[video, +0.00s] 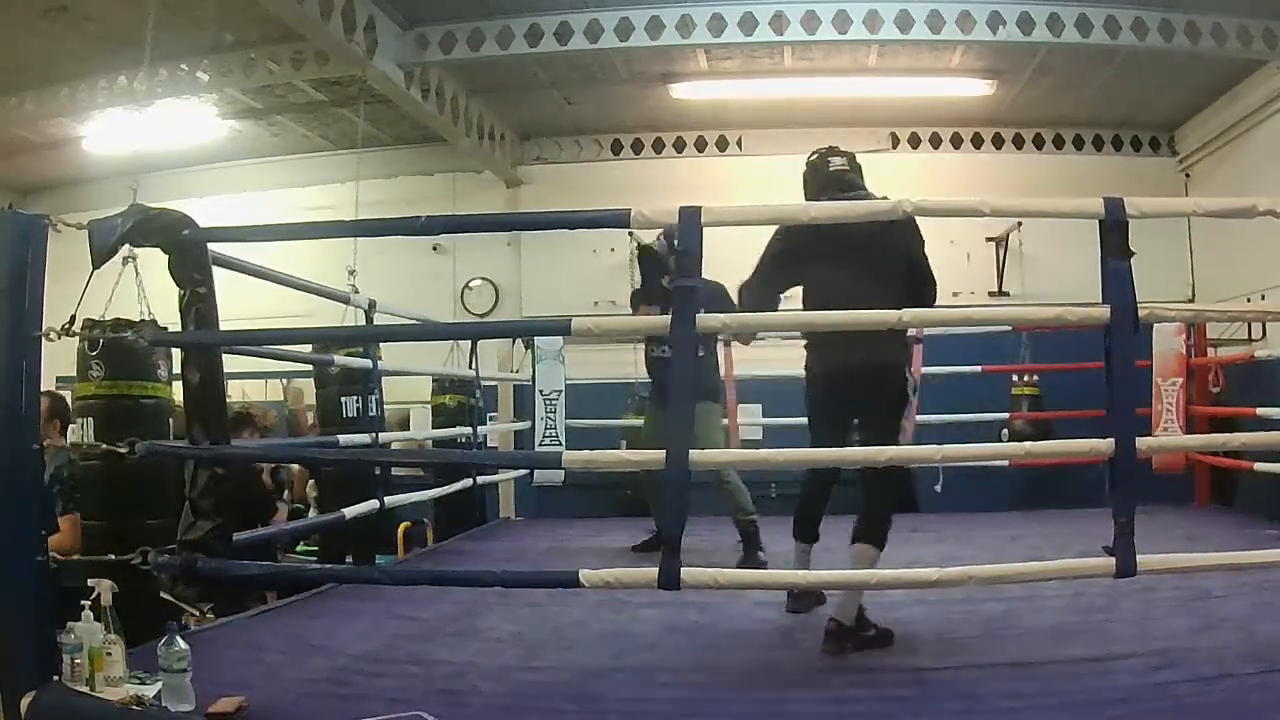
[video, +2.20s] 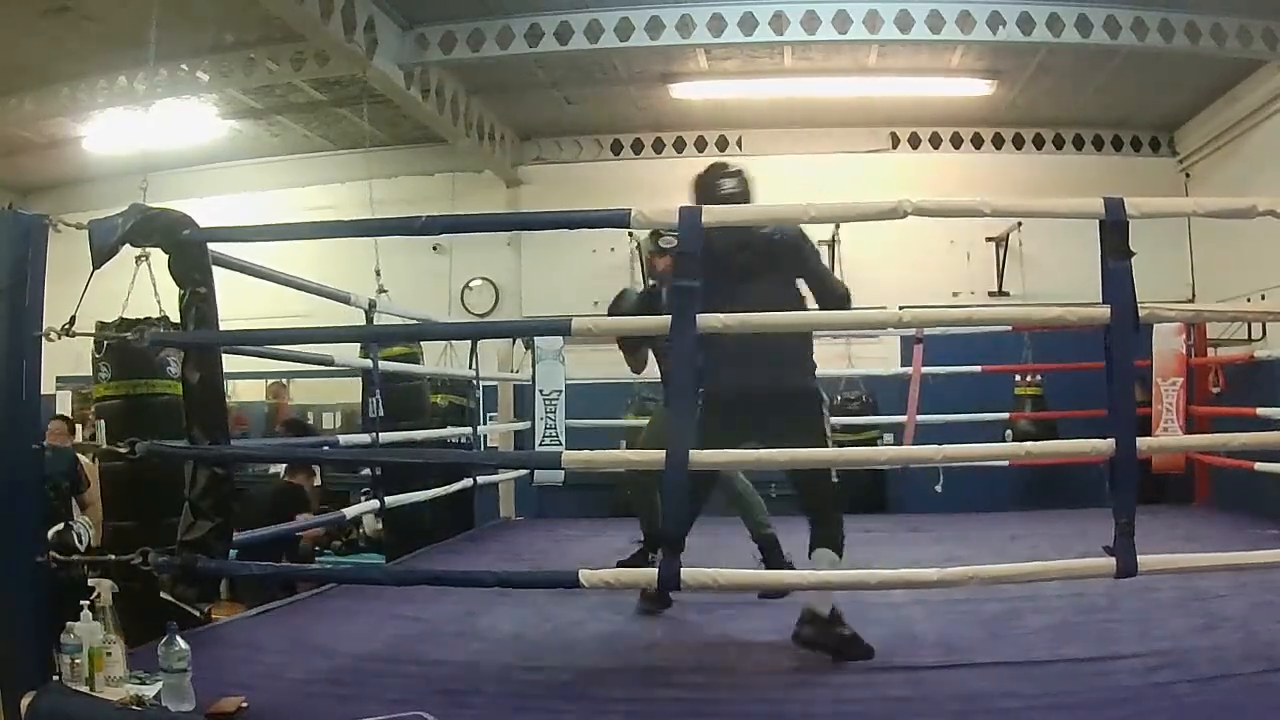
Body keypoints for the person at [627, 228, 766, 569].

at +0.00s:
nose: (670, 267)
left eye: (676, 260)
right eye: (665, 261)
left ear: (688, 257)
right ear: (659, 262)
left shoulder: (711, 291)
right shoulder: (650, 294)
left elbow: (741, 331)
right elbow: (641, 327)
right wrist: (654, 280)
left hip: (703, 394)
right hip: (663, 395)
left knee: (717, 464)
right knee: (651, 464)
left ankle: (751, 543)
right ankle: (665, 532)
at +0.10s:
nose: (665, 257)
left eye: (670, 251)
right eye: (661, 253)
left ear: (681, 254)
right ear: (650, 257)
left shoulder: (698, 286)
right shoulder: (642, 289)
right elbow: (639, 316)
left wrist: (678, 278)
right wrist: (639, 269)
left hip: (695, 387)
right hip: (656, 388)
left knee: (703, 460)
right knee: (653, 462)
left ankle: (723, 539)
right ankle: (664, 532)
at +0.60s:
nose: (674, 261)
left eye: (679, 255)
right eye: (667, 253)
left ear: (687, 259)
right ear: (652, 255)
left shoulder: (687, 288)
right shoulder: (624, 284)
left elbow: (684, 323)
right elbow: (634, 323)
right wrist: (643, 273)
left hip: (672, 397)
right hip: (633, 393)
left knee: (677, 466)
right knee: (615, 459)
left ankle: (690, 537)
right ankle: (633, 522)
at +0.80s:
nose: (637, 274)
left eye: (644, 268)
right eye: (630, 268)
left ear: (656, 268)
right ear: (619, 267)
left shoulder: (672, 297)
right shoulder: (607, 301)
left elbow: (711, 333)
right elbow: (616, 336)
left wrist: (708, 292)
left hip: (663, 402)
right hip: (623, 401)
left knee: (676, 472)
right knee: (602, 468)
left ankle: (691, 549)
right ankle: (599, 538)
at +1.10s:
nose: (654, 267)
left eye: (659, 259)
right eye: (647, 259)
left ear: (669, 258)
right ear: (635, 260)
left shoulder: (682, 287)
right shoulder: (624, 294)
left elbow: (713, 280)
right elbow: (622, 341)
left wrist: (716, 243)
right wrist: (635, 293)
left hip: (690, 388)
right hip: (650, 390)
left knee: (701, 463)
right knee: (612, 460)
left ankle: (728, 544)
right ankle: (623, 532)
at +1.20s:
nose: (655, 276)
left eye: (660, 268)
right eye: (648, 270)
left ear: (668, 268)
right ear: (632, 271)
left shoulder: (683, 296)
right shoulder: (623, 306)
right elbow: (628, 344)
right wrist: (630, 296)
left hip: (698, 396)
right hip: (657, 399)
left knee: (710, 463)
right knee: (622, 467)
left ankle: (751, 539)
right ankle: (629, 542)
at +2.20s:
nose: (659, 263)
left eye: (664, 255)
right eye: (654, 256)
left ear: (681, 258)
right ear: (647, 261)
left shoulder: (704, 293)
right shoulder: (650, 302)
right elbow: (638, 363)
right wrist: (624, 321)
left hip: (711, 403)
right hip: (676, 405)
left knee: (730, 476)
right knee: (637, 465)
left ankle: (772, 554)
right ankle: (652, 544)